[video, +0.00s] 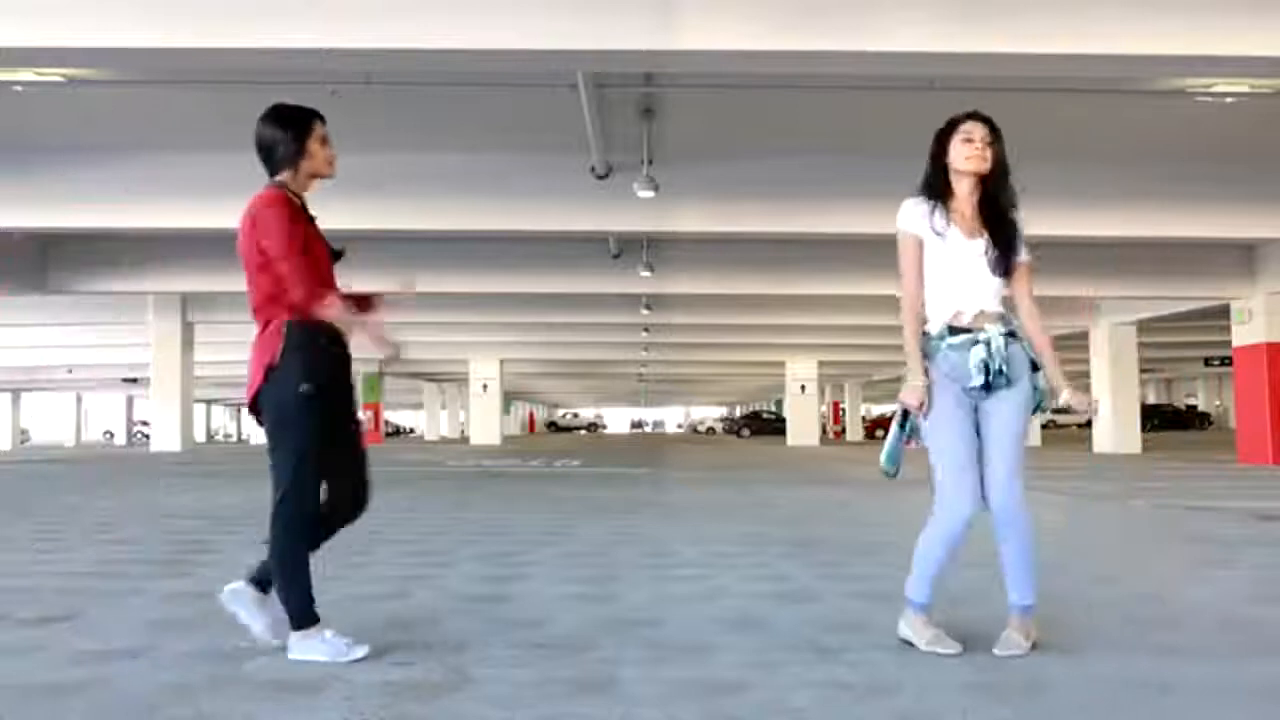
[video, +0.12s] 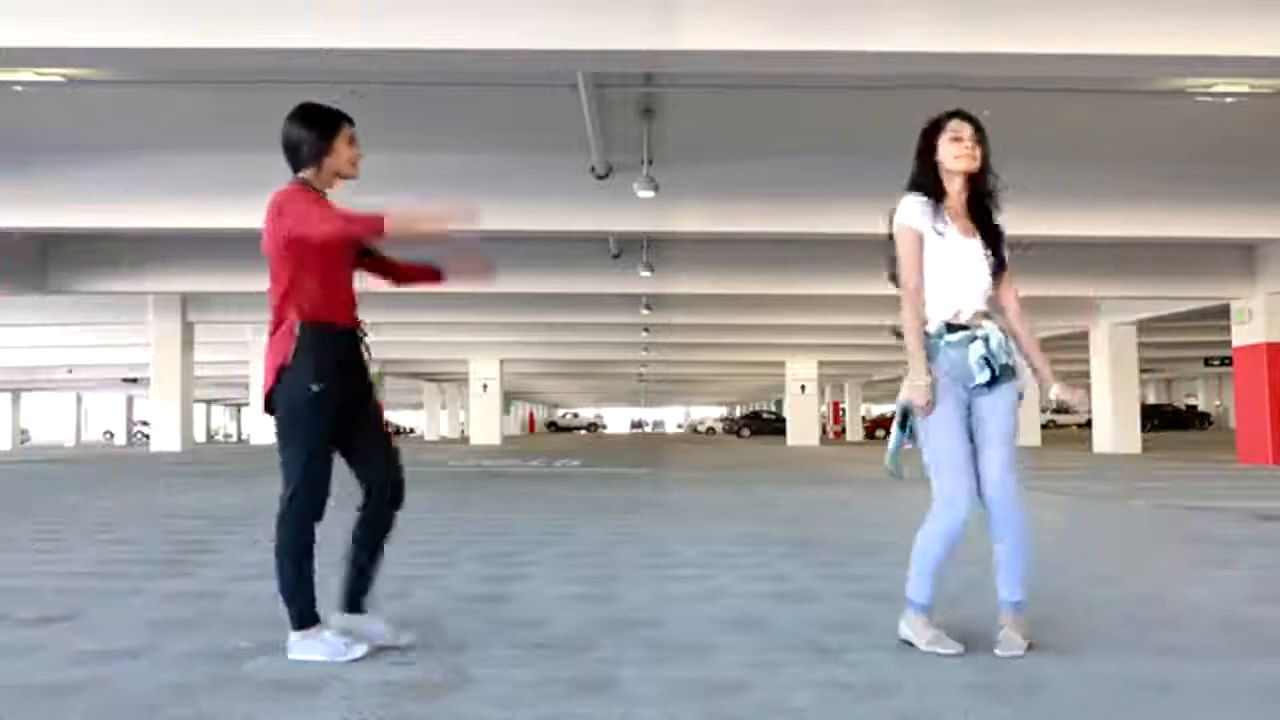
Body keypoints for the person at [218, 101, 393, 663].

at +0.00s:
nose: (333, 151)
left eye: (329, 142)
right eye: (324, 142)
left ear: (294, 152)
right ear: (298, 150)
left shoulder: (297, 213)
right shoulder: (271, 207)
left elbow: (312, 296)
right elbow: (300, 289)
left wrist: (367, 300)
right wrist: (355, 322)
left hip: (321, 356)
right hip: (291, 356)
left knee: (348, 495)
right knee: (295, 493)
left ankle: (257, 587)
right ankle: (304, 630)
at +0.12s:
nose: (359, 152)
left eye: (356, 143)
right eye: (350, 142)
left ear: (323, 151)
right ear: (321, 148)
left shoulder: (335, 220)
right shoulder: (288, 203)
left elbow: (390, 271)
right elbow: (337, 226)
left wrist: (453, 272)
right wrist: (409, 225)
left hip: (344, 361)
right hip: (304, 360)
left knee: (385, 482)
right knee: (304, 494)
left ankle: (351, 614)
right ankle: (304, 631)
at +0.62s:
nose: (463, 143)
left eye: (459, 135)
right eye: (452, 137)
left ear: (446, 154)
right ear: (426, 151)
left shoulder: (448, 221)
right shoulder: (412, 198)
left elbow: (486, 260)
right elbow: (391, 157)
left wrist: (528, 250)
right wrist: (399, 100)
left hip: (448, 358)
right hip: (409, 353)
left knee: (455, 496)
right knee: (418, 491)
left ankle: (457, 623)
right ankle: (335, 603)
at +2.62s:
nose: (342, 166)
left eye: (347, 158)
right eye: (333, 153)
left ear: (346, 168)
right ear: (303, 155)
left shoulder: (353, 226)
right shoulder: (263, 219)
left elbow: (406, 292)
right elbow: (195, 283)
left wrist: (391, 355)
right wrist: (258, 329)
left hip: (358, 371)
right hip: (293, 371)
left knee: (387, 488)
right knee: (297, 499)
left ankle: (365, 617)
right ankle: (302, 621)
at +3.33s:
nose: (342, 159)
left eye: (347, 152)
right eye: (332, 147)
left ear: (346, 166)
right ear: (301, 152)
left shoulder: (355, 227)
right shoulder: (260, 217)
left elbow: (410, 292)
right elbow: (188, 281)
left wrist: (389, 356)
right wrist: (245, 328)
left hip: (353, 370)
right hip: (286, 370)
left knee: (380, 490)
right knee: (291, 501)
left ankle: (365, 618)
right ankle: (300, 624)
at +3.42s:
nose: (342, 157)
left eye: (347, 151)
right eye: (331, 145)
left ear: (346, 164)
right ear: (301, 151)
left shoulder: (354, 226)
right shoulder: (260, 215)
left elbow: (409, 293)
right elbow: (186, 279)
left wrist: (386, 354)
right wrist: (241, 327)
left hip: (350, 368)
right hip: (285, 368)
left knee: (382, 489)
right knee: (291, 500)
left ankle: (371, 614)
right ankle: (300, 624)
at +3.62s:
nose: (346, 154)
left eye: (351, 148)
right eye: (336, 143)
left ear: (349, 163)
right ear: (306, 148)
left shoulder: (354, 226)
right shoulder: (264, 211)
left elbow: (407, 292)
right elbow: (188, 271)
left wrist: (385, 350)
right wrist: (237, 326)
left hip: (348, 365)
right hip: (284, 365)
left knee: (395, 475)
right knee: (290, 499)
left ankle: (391, 584)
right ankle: (299, 623)